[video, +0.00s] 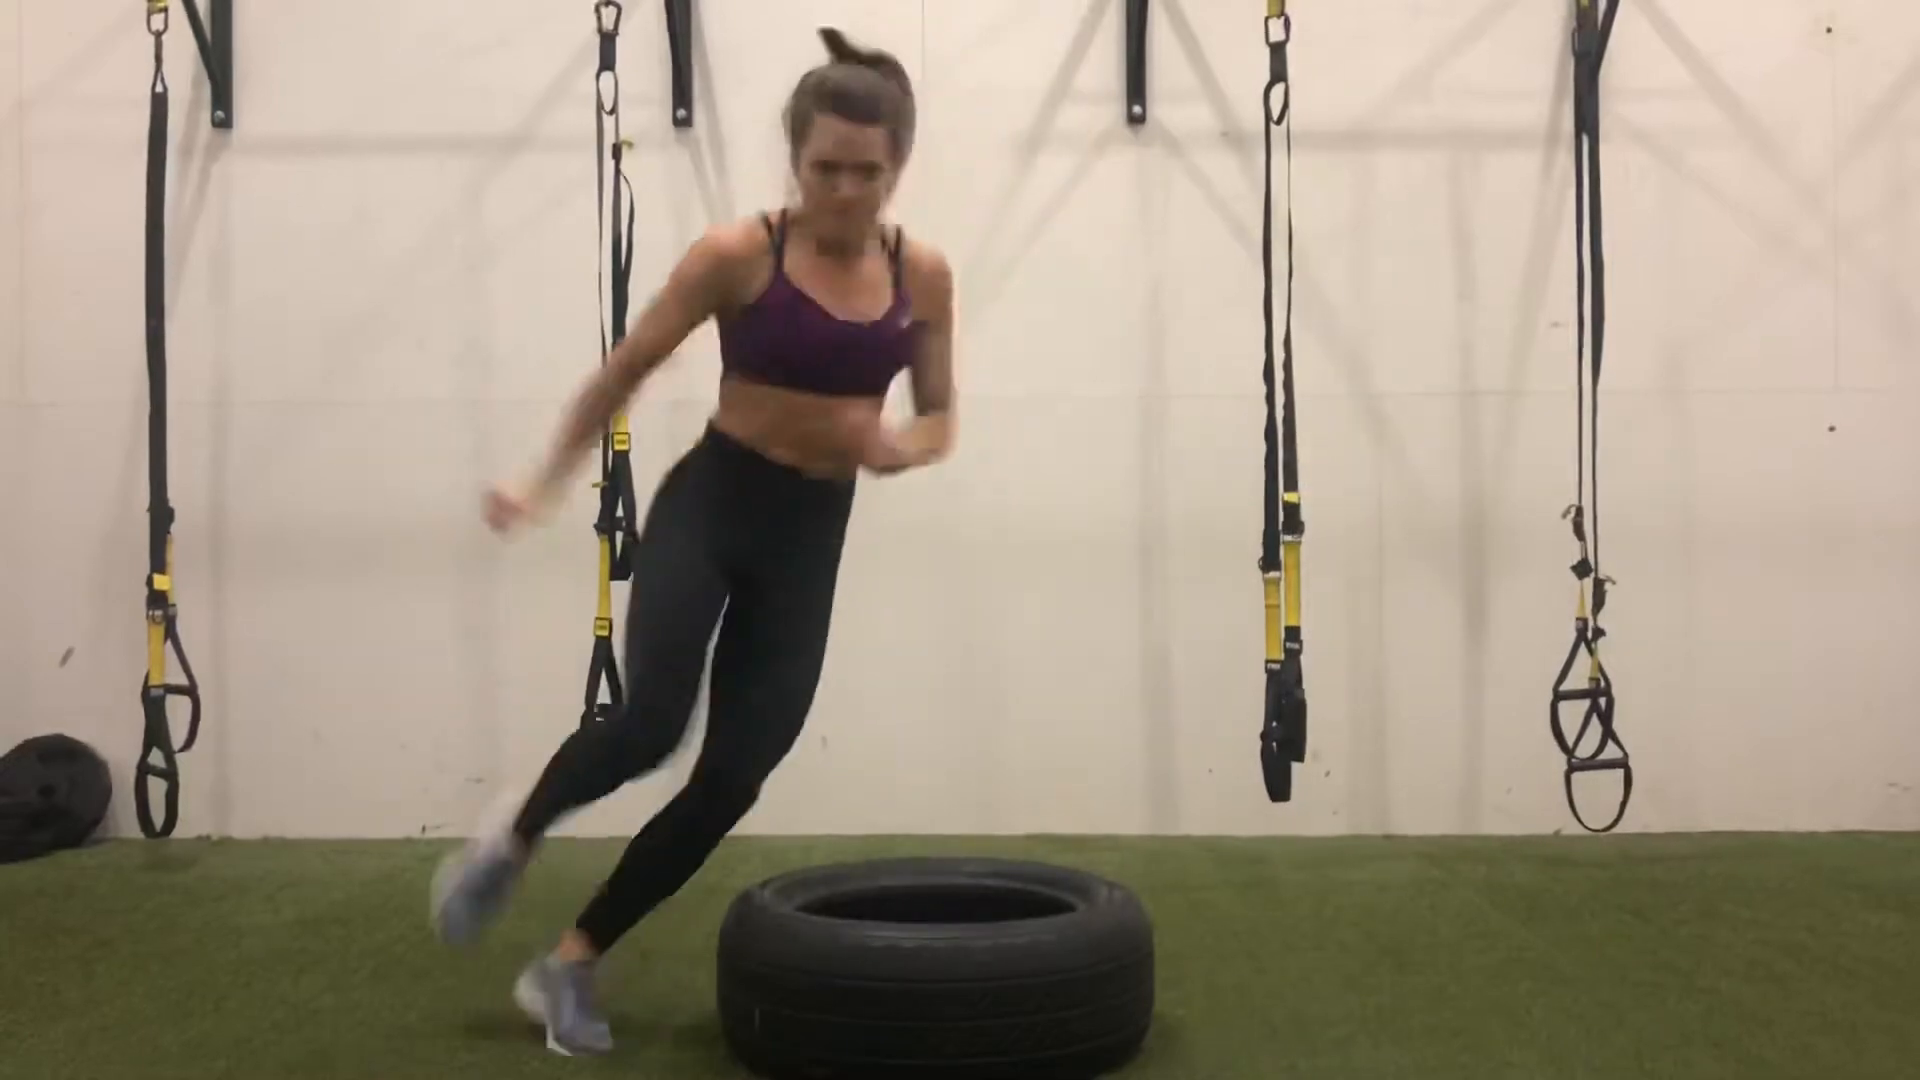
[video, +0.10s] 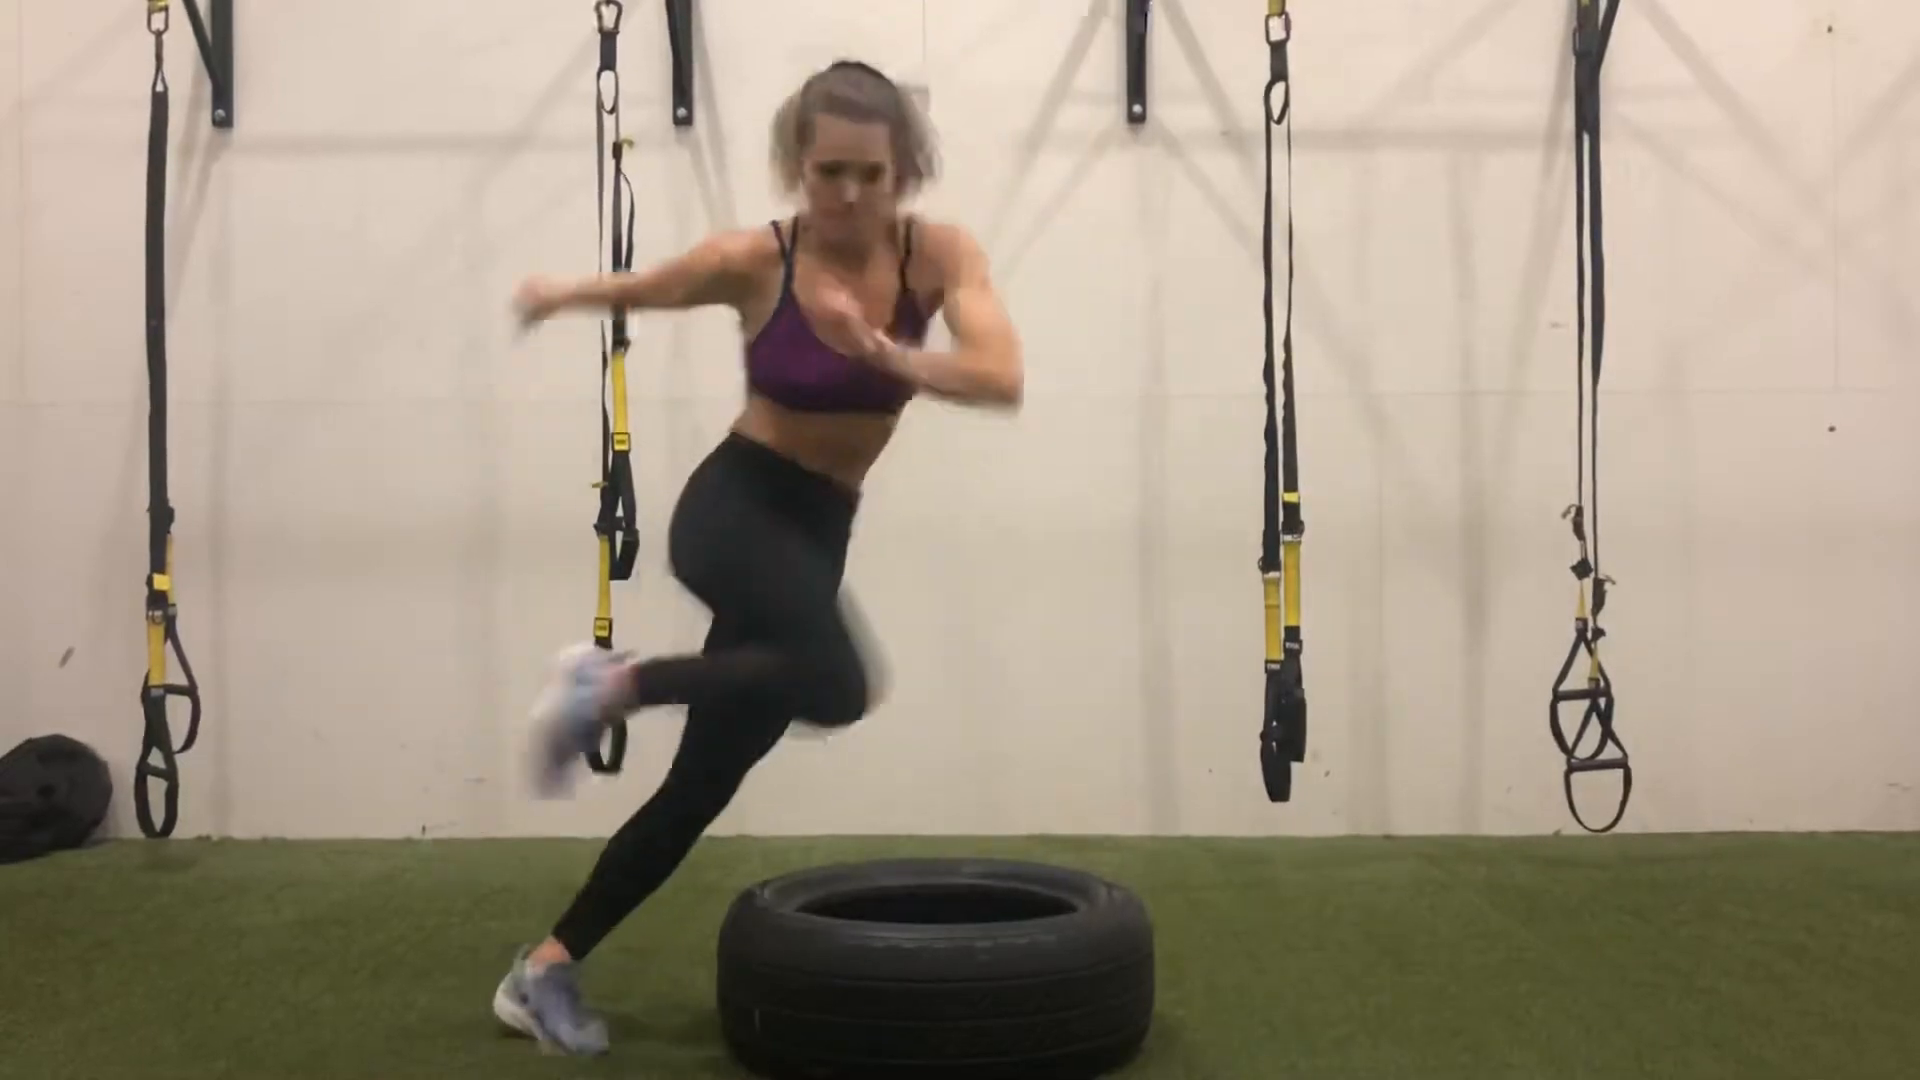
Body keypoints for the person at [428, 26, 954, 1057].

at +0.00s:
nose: (848, 191)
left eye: (868, 170)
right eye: (830, 168)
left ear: (899, 165)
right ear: (796, 155)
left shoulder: (922, 276)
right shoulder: (735, 257)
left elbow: (940, 424)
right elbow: (628, 365)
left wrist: (894, 448)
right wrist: (539, 483)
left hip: (808, 536)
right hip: (710, 504)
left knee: (731, 784)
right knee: (649, 729)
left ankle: (569, 962)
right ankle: (517, 831)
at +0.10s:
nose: (848, 194)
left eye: (868, 173)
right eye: (829, 172)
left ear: (902, 169)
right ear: (799, 168)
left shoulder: (941, 254)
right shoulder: (757, 259)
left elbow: (1003, 381)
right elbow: (643, 293)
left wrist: (894, 358)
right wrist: (559, 295)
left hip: (816, 531)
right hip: (737, 503)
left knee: (703, 785)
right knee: (837, 682)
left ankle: (547, 966)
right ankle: (612, 684)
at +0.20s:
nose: (898, 141)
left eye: (917, 117)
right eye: (876, 119)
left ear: (942, 110)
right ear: (838, 113)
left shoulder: (970, 169)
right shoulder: (809, 193)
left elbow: (963, 278)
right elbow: (740, 236)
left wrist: (832, 282)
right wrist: (716, 241)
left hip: (874, 479)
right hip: (808, 462)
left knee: (781, 731)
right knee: (987, 603)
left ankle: (607, 904)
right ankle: (805, 754)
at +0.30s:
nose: (952, 128)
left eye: (970, 103)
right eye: (930, 106)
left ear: (997, 97)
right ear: (891, 101)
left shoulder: (1021, 159)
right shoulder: (852, 193)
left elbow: (980, 281)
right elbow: (771, 285)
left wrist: (826, 261)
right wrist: (755, 290)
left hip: (944, 487)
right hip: (883, 483)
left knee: (960, 730)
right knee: (1006, 700)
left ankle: (758, 727)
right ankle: (958, 923)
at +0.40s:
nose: (996, 139)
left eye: (1015, 117)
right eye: (976, 117)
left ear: (1046, 108)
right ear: (946, 111)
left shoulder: (1078, 175)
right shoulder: (907, 221)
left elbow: (1069, 293)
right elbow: (800, 334)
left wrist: (941, 321)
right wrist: (701, 406)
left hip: (1024, 504)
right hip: (939, 504)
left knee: (1137, 699)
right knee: (997, 735)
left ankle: (988, 686)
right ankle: (950, 947)